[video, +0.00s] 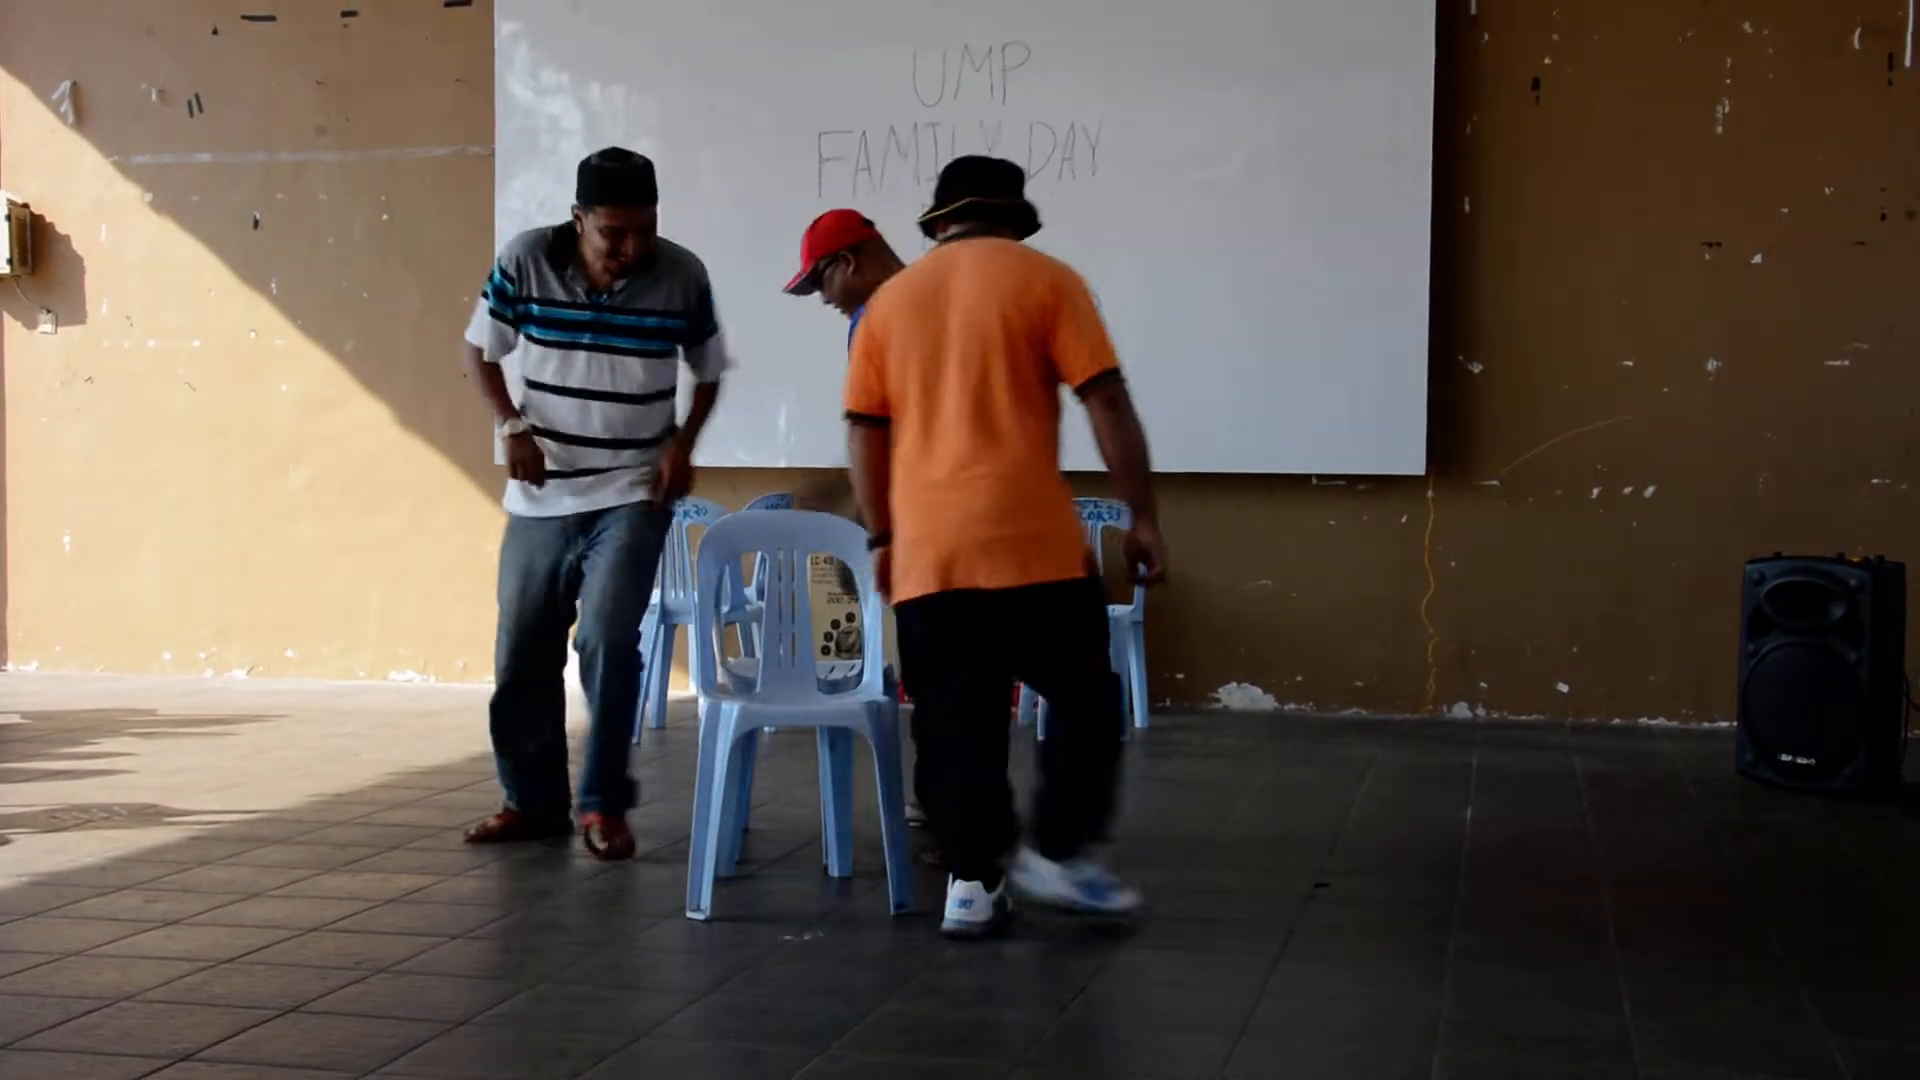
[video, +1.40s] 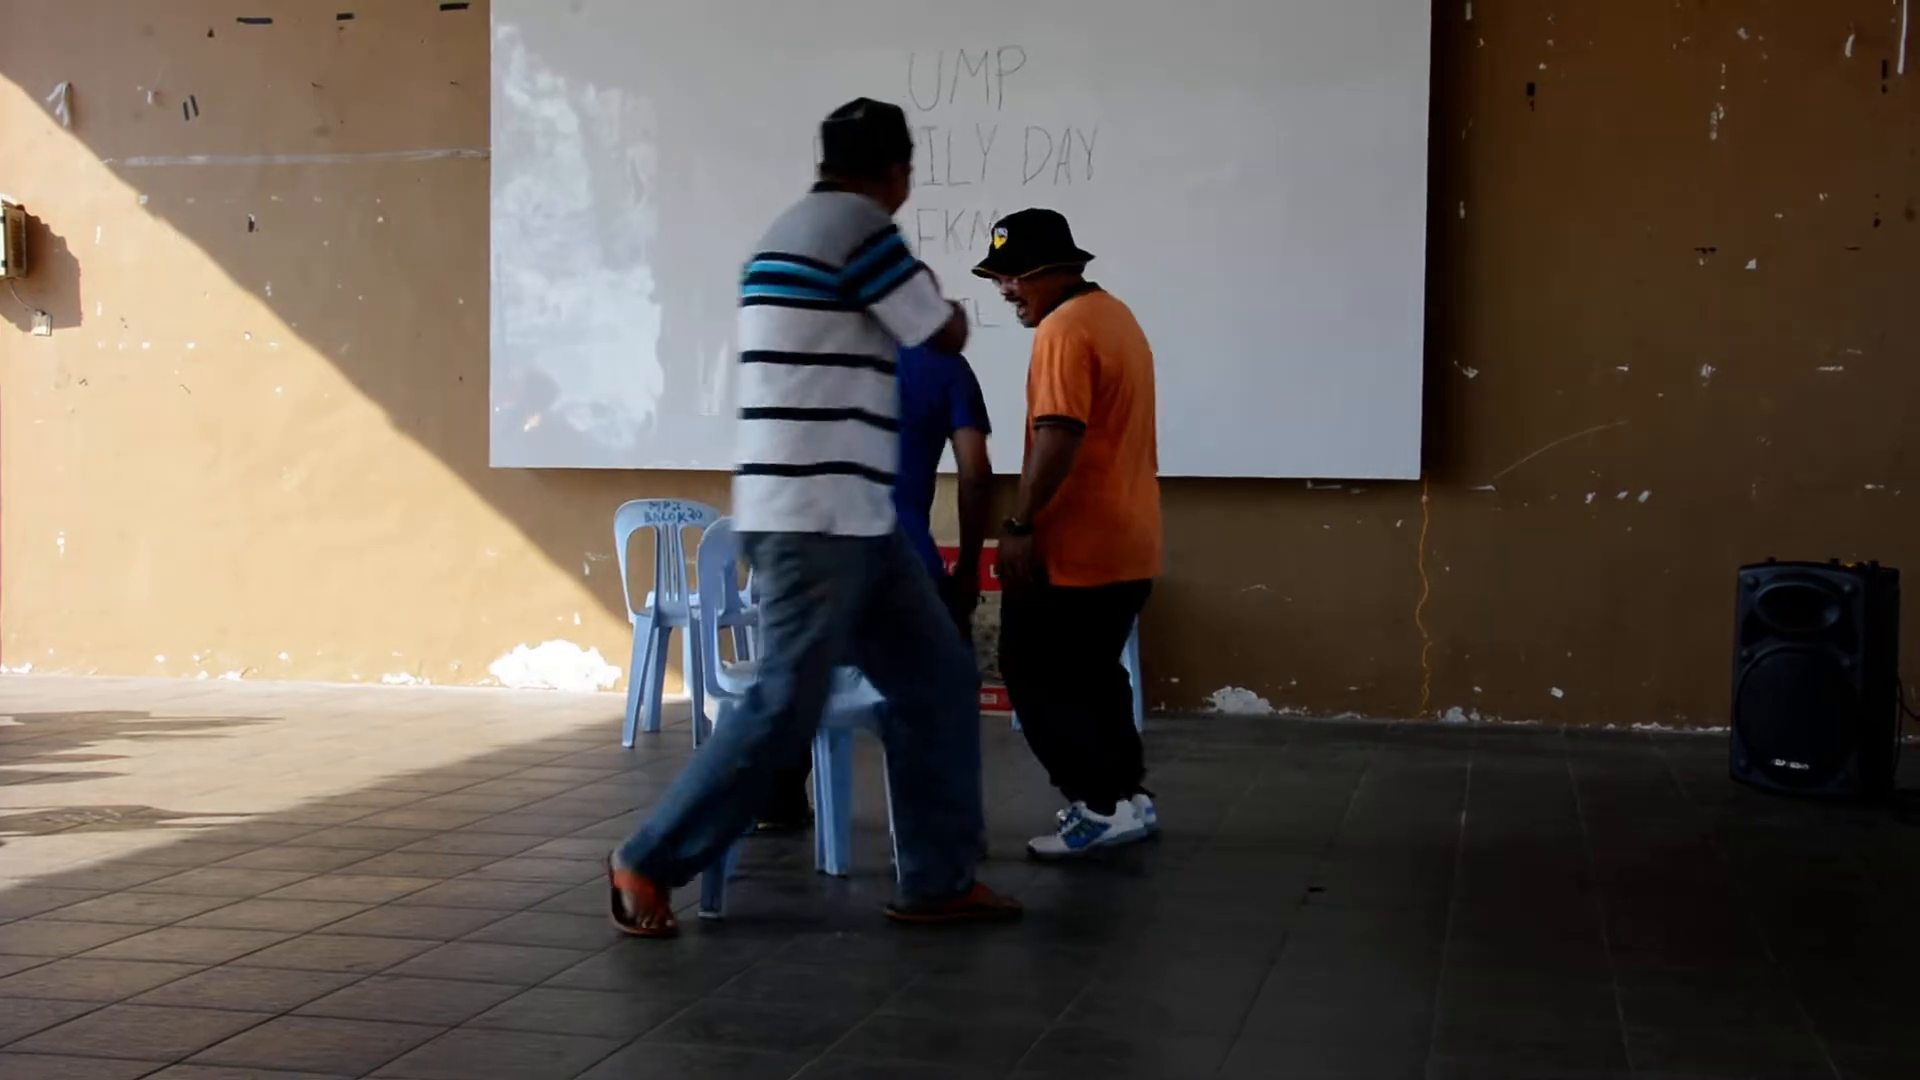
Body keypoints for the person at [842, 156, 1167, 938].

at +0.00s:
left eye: (930, 230)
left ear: (939, 223)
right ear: (1017, 219)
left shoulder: (887, 302)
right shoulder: (1046, 280)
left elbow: (866, 435)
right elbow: (1107, 402)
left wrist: (880, 535)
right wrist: (1141, 515)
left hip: (928, 553)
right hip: (1034, 543)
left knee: (954, 722)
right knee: (1087, 698)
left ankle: (970, 882)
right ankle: (1058, 855)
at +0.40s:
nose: (960, 291)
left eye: (961, 276)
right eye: (959, 277)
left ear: (982, 265)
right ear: (1041, 258)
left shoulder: (970, 333)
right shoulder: (1116, 311)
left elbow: (925, 456)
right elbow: (1192, 410)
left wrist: (888, 542)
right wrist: (1200, 518)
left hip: (1022, 549)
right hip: (1130, 542)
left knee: (999, 702)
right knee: (1139, 679)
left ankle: (1026, 852)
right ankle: (1141, 804)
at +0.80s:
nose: (1011, 285)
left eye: (1012, 268)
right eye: (1006, 271)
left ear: (1043, 256)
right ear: (1074, 251)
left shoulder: (1055, 323)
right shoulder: (1162, 307)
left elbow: (1032, 438)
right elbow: (1196, 409)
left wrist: (971, 529)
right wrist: (1140, 473)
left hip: (1085, 542)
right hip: (1178, 535)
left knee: (1046, 672)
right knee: (1177, 680)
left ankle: (1086, 817)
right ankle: (1213, 825)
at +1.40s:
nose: (1007, 293)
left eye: (1011, 279)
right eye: (1003, 282)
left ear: (1043, 271)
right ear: (1062, 269)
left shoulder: (1066, 329)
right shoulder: (1112, 316)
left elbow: (1059, 434)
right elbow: (1114, 433)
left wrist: (1021, 522)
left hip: (1077, 547)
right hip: (1123, 543)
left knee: (1032, 669)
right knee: (1091, 665)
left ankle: (1098, 807)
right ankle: (1126, 795)